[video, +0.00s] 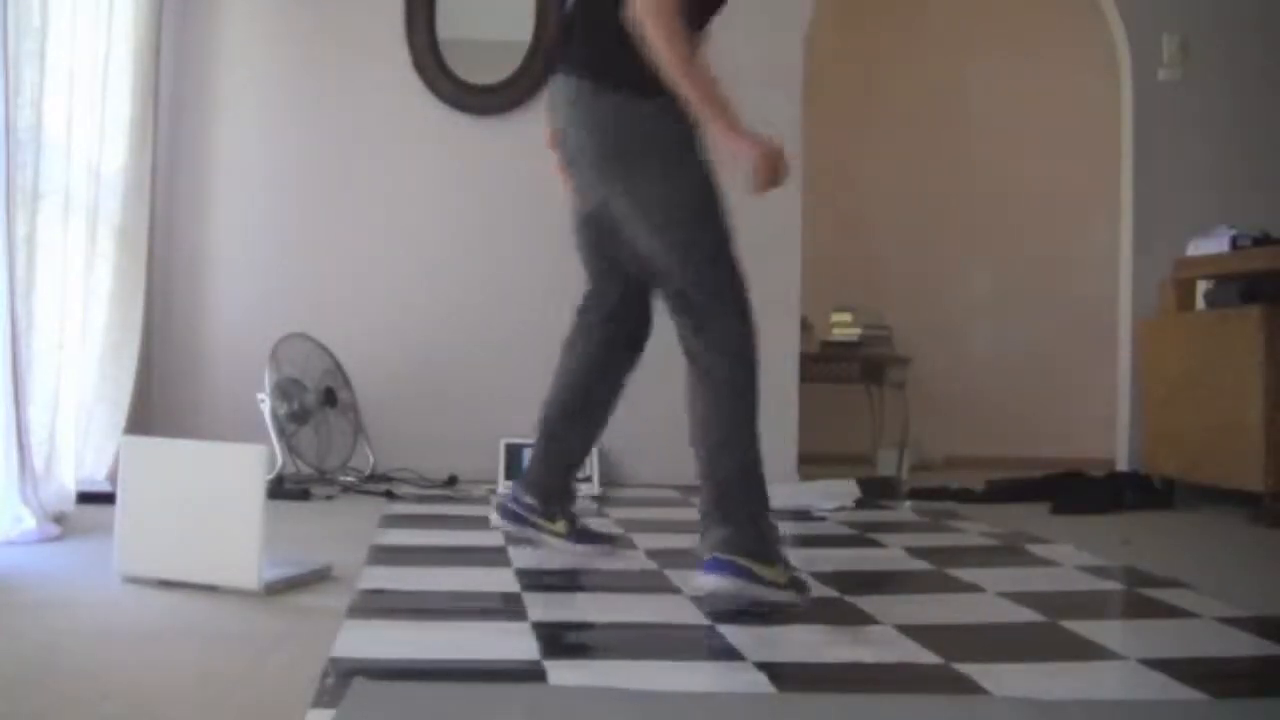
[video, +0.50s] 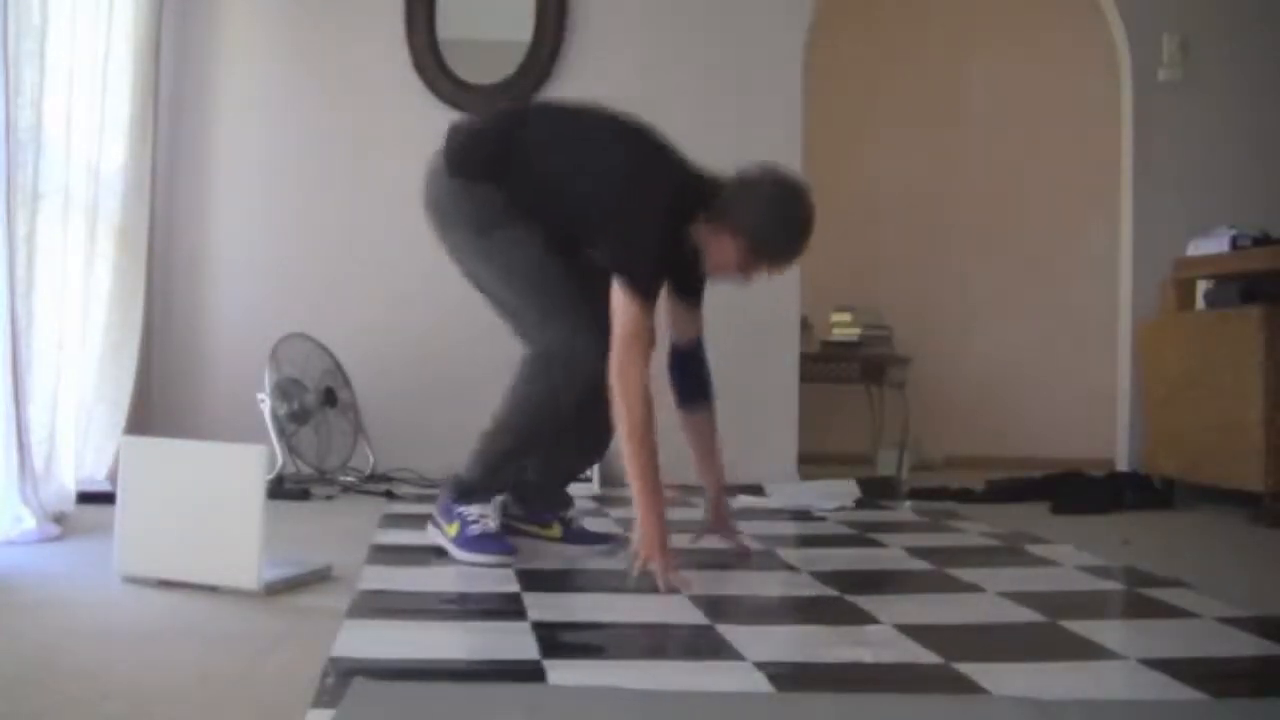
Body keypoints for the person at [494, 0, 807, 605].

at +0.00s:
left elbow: (573, 18)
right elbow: (649, 10)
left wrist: (565, 116)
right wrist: (730, 130)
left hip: (588, 94)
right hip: (631, 105)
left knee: (616, 310)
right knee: (718, 319)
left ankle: (539, 495)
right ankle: (739, 544)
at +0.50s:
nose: (746, 275)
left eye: (758, 269)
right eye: (752, 261)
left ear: (731, 223)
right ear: (733, 230)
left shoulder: (691, 237)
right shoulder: (647, 217)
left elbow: (687, 365)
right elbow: (627, 378)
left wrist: (716, 496)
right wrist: (649, 518)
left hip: (535, 200)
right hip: (471, 186)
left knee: (606, 367)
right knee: (567, 347)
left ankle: (533, 500)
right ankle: (465, 500)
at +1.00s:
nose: (730, 250)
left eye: (736, 236)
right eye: (727, 233)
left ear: (691, 213)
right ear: (695, 215)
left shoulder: (665, 262)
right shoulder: (601, 246)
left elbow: (651, 379)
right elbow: (575, 402)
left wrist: (691, 507)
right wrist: (640, 528)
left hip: (568, 379)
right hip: (498, 393)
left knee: (718, 396)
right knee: (669, 454)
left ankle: (567, 493)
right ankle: (492, 487)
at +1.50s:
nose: (743, 225)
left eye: (746, 210)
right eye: (736, 208)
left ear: (706, 203)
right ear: (701, 198)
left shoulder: (681, 262)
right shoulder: (614, 249)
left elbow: (707, 383)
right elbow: (648, 400)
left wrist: (767, 498)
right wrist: (715, 527)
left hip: (595, 401)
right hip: (520, 407)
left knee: (732, 433)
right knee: (668, 495)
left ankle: (572, 496)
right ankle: (503, 486)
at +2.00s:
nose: (895, 223)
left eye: (901, 208)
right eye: (894, 203)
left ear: (861, 191)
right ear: (858, 184)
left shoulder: (792, 248)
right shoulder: (760, 223)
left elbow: (757, 383)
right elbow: (703, 385)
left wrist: (781, 512)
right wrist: (723, 538)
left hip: (670, 390)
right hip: (600, 386)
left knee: (766, 540)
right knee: (695, 562)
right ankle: (539, 478)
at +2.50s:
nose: (961, 278)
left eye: (973, 267)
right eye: (969, 261)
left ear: (934, 227)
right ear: (944, 232)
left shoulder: (855, 252)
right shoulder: (840, 236)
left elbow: (778, 391)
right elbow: (777, 390)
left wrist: (783, 522)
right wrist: (781, 534)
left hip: (663, 359)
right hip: (640, 356)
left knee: (713, 542)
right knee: (717, 564)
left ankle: (541, 486)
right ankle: (531, 494)